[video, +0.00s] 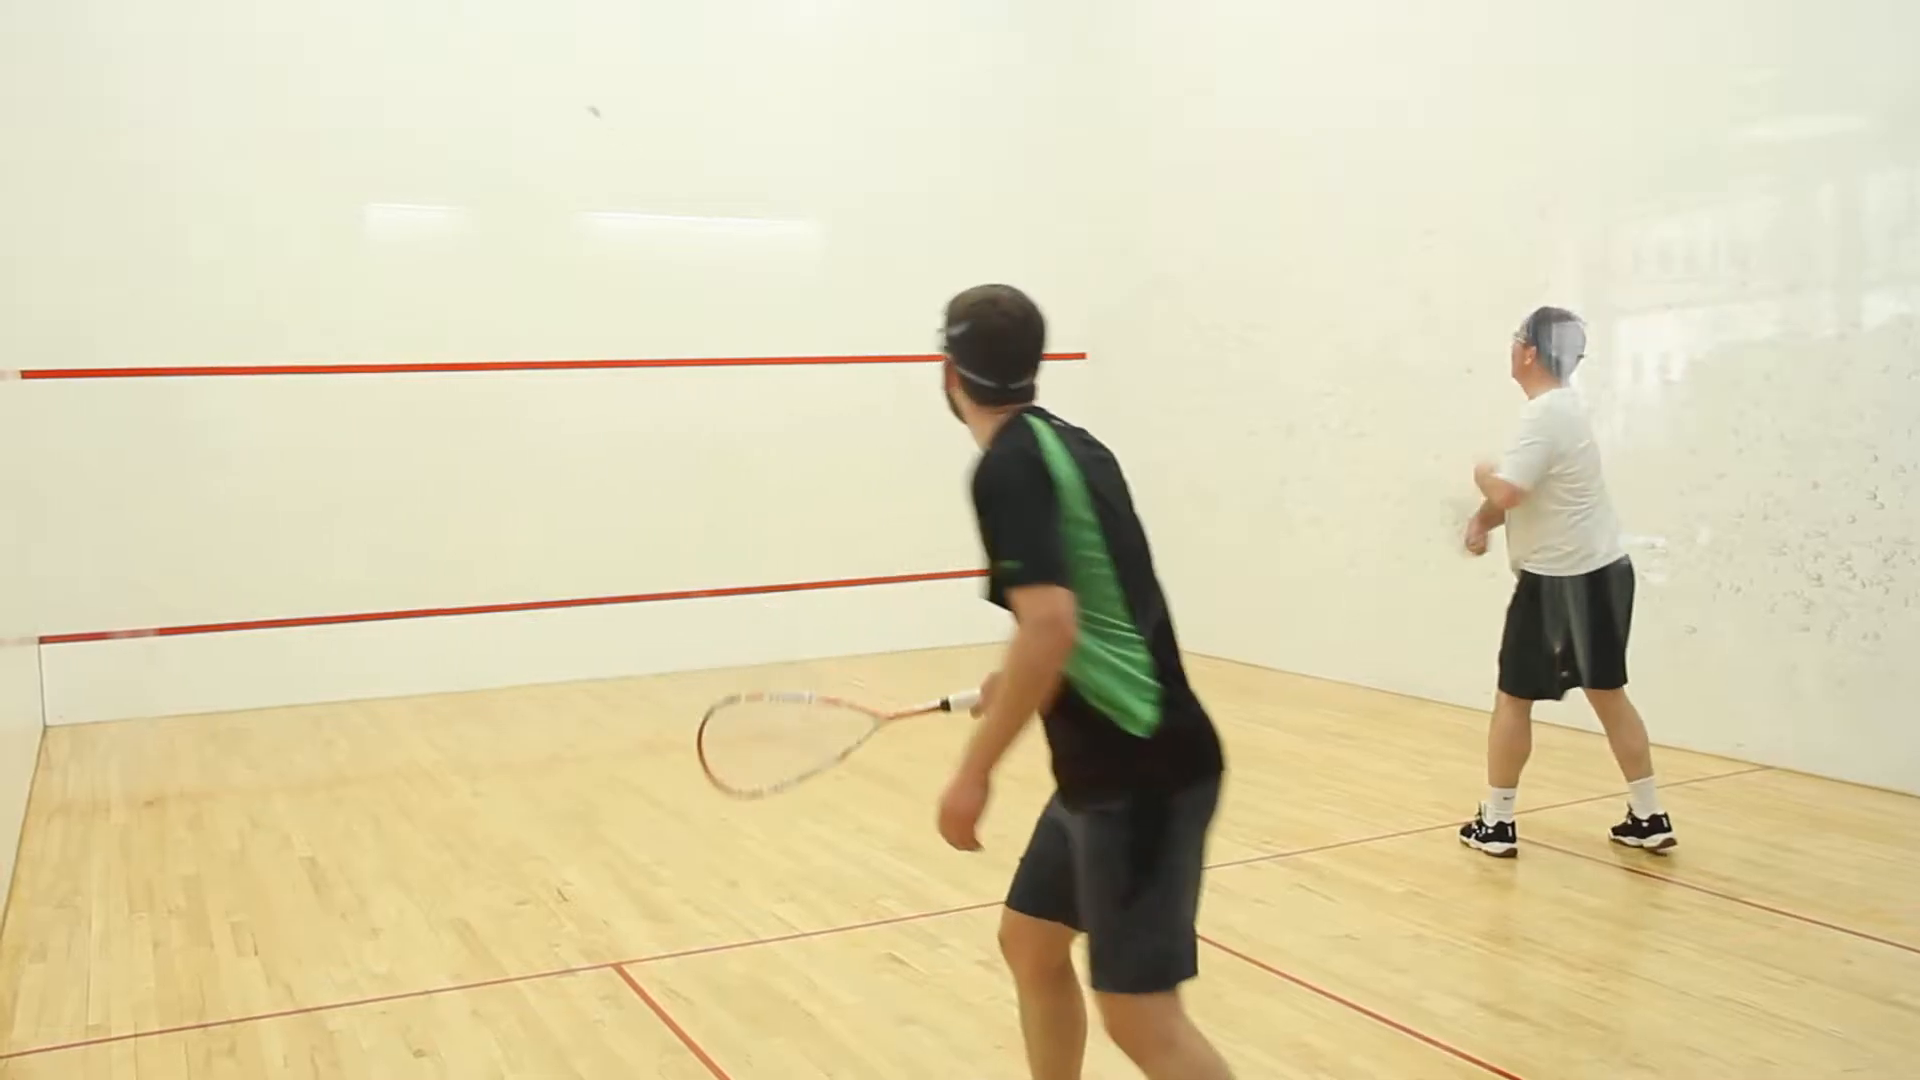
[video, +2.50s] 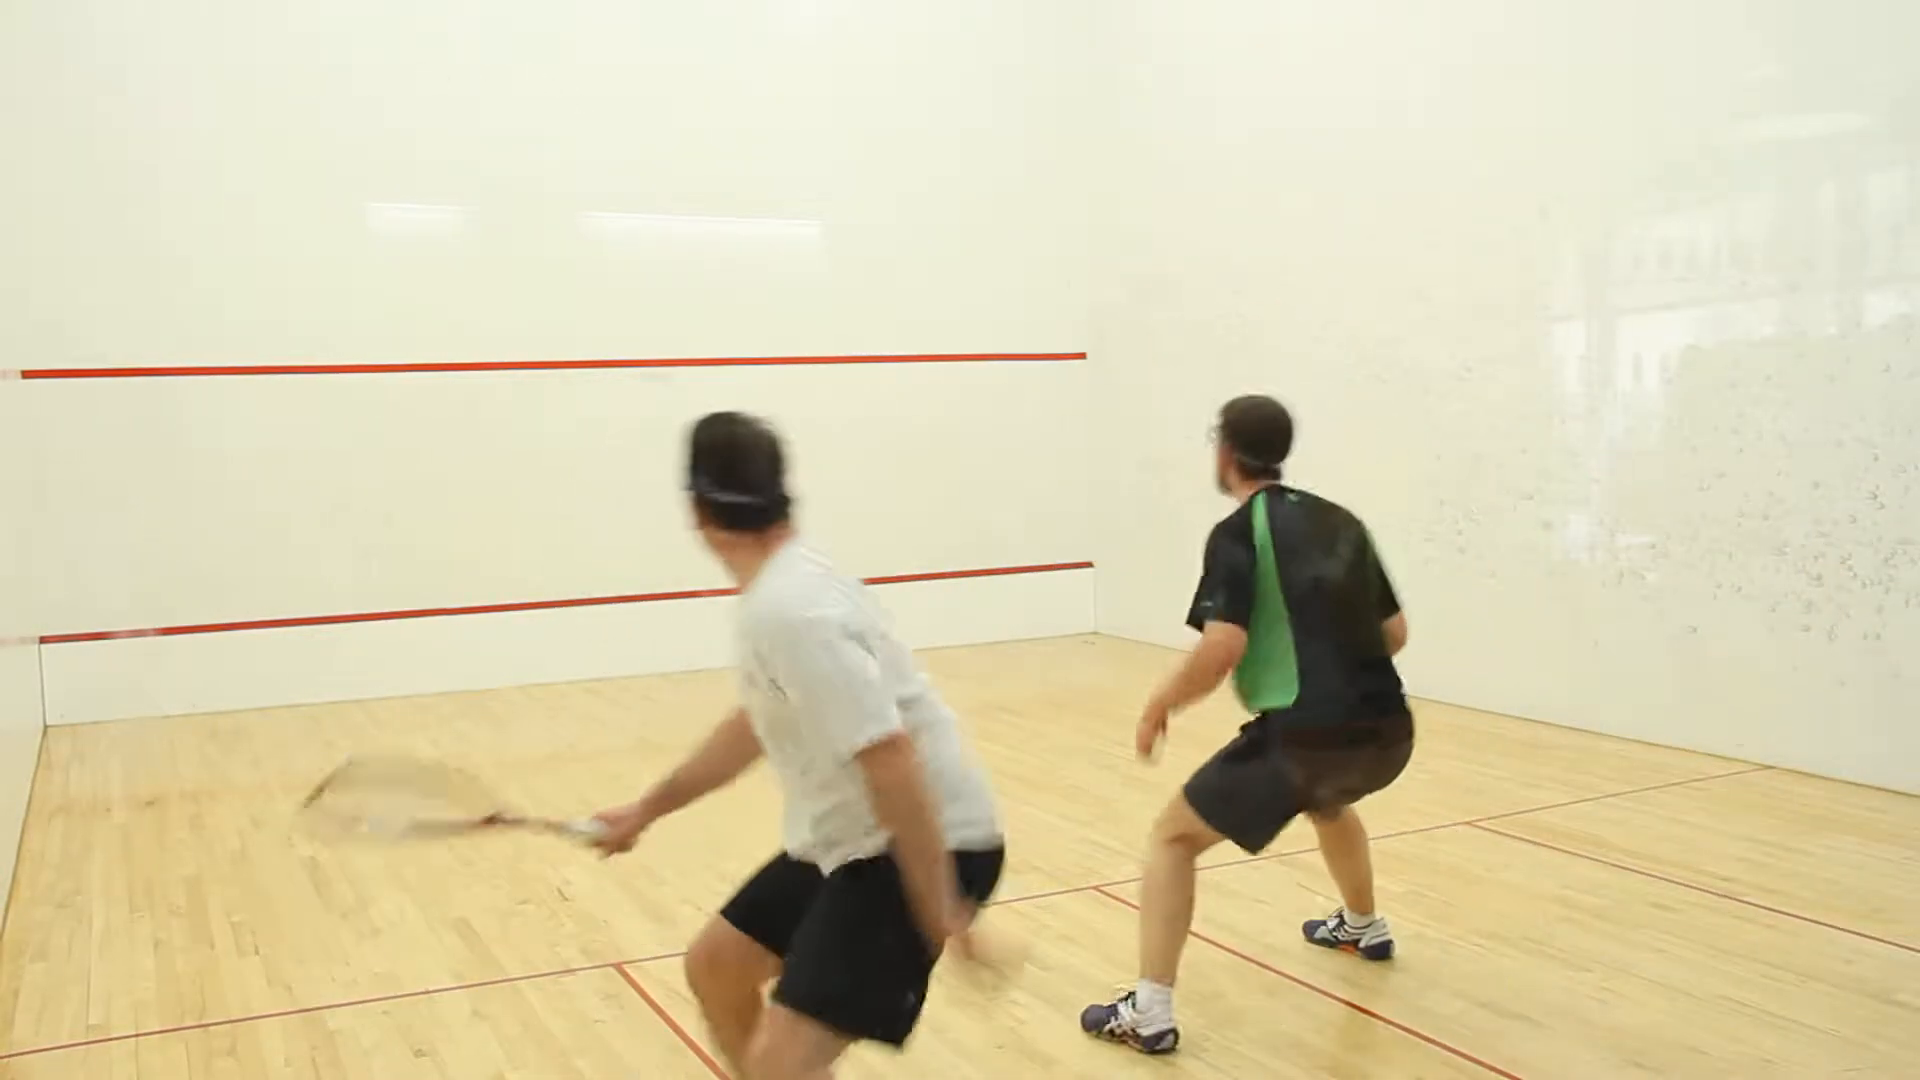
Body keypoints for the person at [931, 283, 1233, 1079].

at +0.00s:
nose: (940, 372)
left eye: (941, 359)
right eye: (947, 358)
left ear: (952, 374)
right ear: (1033, 369)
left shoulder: (1010, 464)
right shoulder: (1073, 446)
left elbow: (1049, 625)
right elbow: (1096, 606)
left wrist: (973, 770)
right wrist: (1013, 687)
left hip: (1144, 778)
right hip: (1105, 771)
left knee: (1141, 1016)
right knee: (1030, 942)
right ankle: (1055, 1074)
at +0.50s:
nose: (1176, 384)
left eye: (1199, 365)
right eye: (1188, 361)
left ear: (1260, 405)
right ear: (1258, 406)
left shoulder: (1418, 517)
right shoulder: (1194, 535)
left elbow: (1483, 720)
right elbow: (1137, 681)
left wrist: (1343, 879)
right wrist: (1129, 779)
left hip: (1443, 837)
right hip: (1306, 835)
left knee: (1388, 1064)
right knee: (1208, 1061)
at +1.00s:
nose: (1459, 558)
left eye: (1473, 536)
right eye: (1465, 535)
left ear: (1536, 567)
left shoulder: (1760, 660)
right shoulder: (1528, 706)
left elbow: (1911, 765)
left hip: (1819, 946)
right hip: (1660, 935)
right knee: (1544, 1067)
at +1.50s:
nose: (1569, 439)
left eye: (1574, 419)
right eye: (1571, 420)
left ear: (1597, 428)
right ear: (1660, 423)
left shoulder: (1617, 534)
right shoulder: (1771, 519)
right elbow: (1902, 633)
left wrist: (1571, 832)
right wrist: (1828, 727)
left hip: (1808, 844)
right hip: (1879, 808)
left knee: (1858, 1056)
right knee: (1754, 970)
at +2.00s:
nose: (1291, 421)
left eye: (1304, 405)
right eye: (1295, 403)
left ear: (1352, 415)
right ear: (1369, 416)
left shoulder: (1345, 498)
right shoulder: (1466, 476)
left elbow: (1385, 602)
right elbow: (1544, 579)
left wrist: (1369, 741)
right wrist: (1469, 645)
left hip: (1428, 738)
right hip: (1516, 727)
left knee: (1352, 851)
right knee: (1549, 913)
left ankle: (1368, 1029)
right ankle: (1715, 1037)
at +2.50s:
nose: (1214, 456)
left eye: (1218, 445)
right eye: (1219, 443)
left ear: (1230, 454)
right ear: (1281, 453)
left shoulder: (1237, 533)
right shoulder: (1342, 521)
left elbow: (1223, 648)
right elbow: (1393, 631)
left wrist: (1162, 703)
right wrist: (1323, 654)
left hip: (1298, 738)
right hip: (1381, 729)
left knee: (1174, 837)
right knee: (1325, 794)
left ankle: (1150, 1009)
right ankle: (1364, 921)